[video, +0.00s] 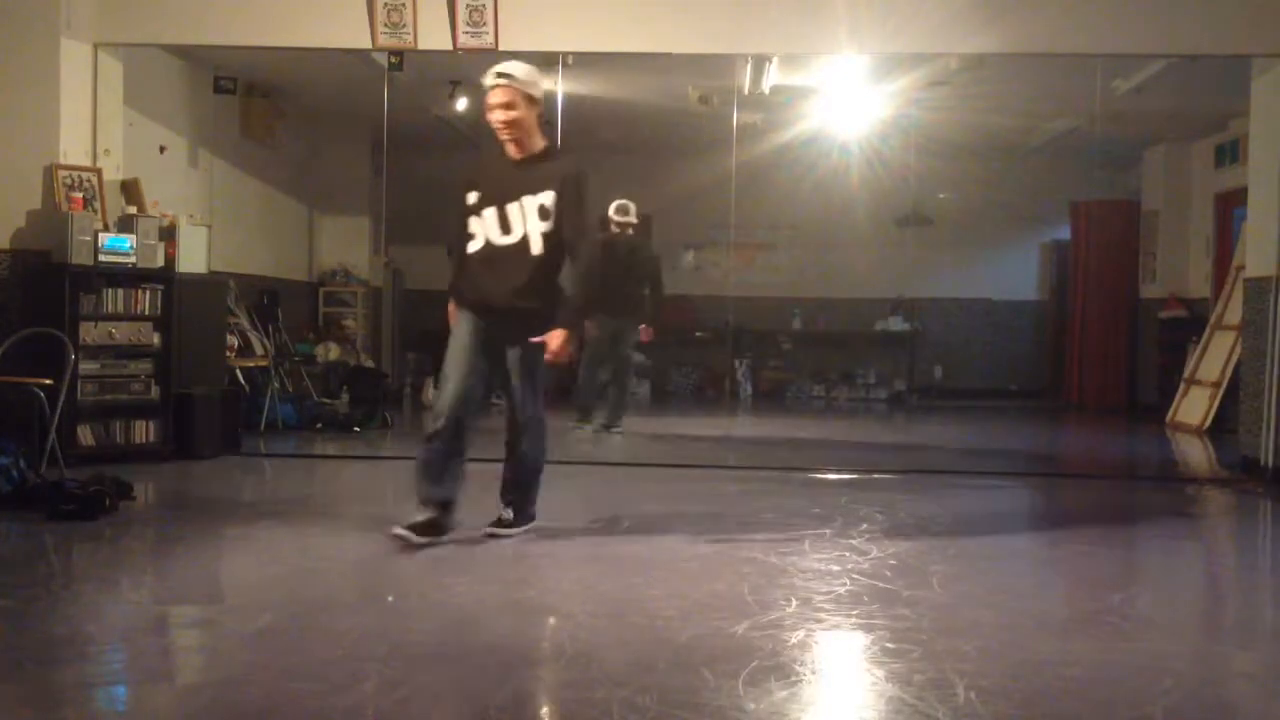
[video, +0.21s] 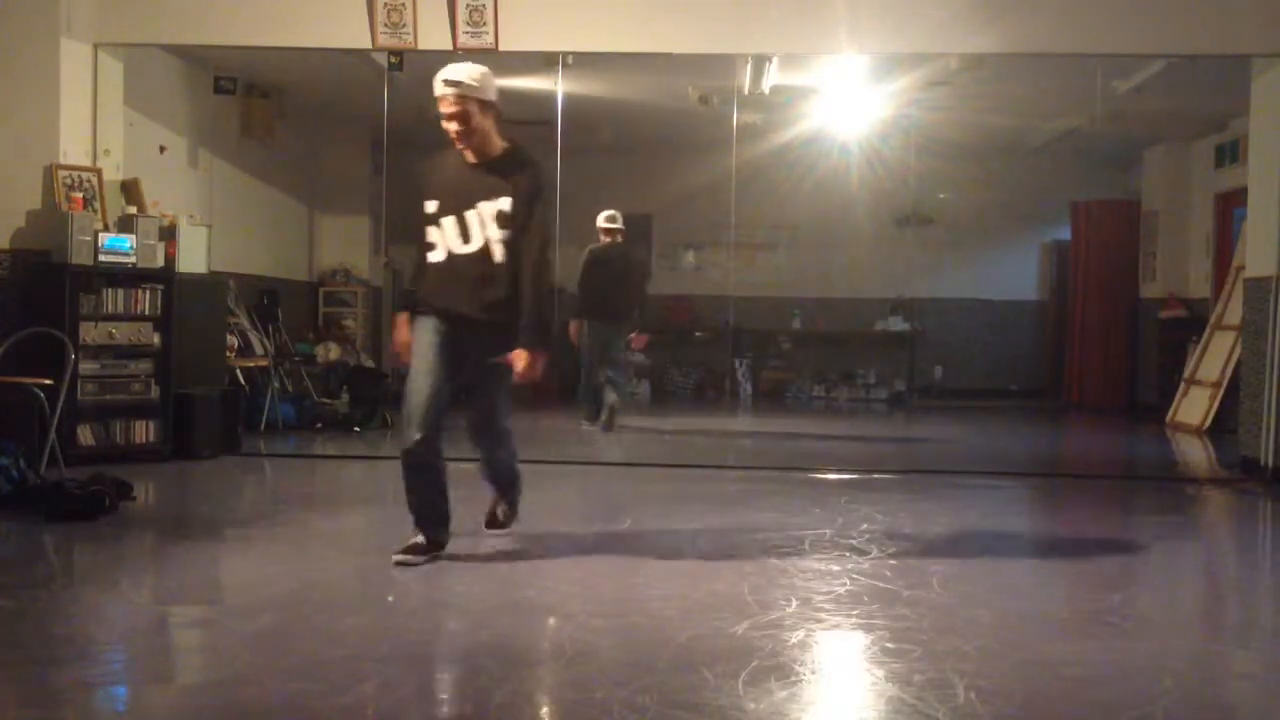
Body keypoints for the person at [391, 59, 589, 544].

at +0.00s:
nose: (501, 117)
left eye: (511, 105)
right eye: (493, 108)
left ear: (536, 107)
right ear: (486, 115)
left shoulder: (563, 172)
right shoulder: (480, 171)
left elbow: (579, 253)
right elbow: (465, 242)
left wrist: (567, 322)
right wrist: (456, 295)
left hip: (531, 313)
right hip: (475, 307)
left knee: (525, 413)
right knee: (449, 404)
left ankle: (517, 508)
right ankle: (435, 509)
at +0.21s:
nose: (451, 129)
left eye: (460, 117)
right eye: (444, 119)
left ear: (488, 111)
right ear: (439, 117)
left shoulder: (524, 173)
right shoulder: (437, 170)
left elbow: (535, 259)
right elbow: (424, 249)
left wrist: (530, 337)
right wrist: (405, 311)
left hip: (494, 319)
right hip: (437, 315)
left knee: (490, 425)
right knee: (417, 428)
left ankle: (506, 491)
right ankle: (430, 531)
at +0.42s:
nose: (448, 87)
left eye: (459, 76)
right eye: (440, 76)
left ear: (480, 77)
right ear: (427, 78)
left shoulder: (510, 146)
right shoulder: (404, 138)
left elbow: (518, 232)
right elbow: (379, 213)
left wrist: (488, 297)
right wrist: (361, 275)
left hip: (468, 297)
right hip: (404, 294)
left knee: (440, 411)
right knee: (407, 416)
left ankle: (454, 520)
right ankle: (424, 527)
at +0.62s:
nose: (474, 75)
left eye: (485, 66)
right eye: (466, 61)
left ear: (494, 72)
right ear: (435, 55)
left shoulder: (502, 142)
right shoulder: (384, 121)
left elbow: (524, 227)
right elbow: (347, 196)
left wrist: (492, 286)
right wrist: (333, 264)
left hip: (457, 303)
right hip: (390, 298)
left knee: (431, 420)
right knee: (389, 426)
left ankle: (408, 555)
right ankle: (401, 524)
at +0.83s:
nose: (465, 42)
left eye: (476, 30)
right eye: (454, 26)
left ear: (488, 37)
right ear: (424, 28)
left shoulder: (502, 113)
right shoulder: (377, 96)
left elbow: (521, 203)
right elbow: (335, 167)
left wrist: (500, 274)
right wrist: (315, 240)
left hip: (460, 290)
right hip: (388, 286)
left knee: (441, 422)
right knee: (383, 415)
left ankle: (412, 551)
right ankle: (376, 524)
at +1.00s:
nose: (438, 34)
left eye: (450, 21)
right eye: (428, 20)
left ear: (471, 24)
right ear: (409, 20)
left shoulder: (504, 100)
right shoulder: (369, 96)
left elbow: (526, 201)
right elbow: (334, 181)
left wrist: (509, 287)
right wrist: (311, 226)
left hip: (463, 286)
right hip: (385, 284)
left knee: (439, 427)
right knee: (379, 431)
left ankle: (421, 541)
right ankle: (371, 574)